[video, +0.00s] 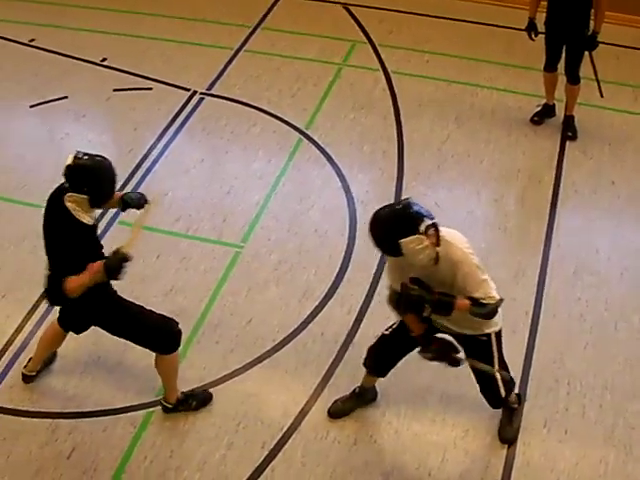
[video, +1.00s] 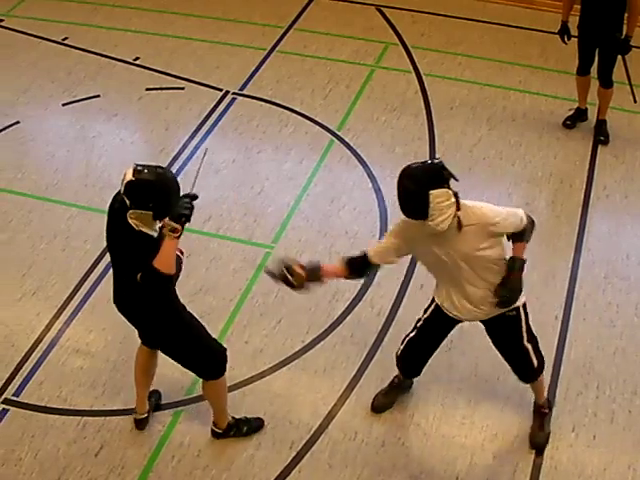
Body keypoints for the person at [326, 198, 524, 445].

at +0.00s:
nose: (405, 261)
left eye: (409, 255)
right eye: (400, 257)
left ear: (430, 236)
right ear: (396, 252)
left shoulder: (457, 253)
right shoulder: (398, 258)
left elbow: (490, 307)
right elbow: (399, 301)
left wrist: (440, 302)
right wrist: (426, 340)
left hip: (475, 324)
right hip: (430, 317)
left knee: (494, 392)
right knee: (379, 354)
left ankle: (512, 404)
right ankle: (365, 391)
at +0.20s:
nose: (441, 230)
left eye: (444, 225)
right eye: (440, 226)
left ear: (461, 220)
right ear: (451, 221)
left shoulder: (500, 250)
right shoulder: (445, 236)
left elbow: (522, 313)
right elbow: (437, 272)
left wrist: (471, 297)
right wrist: (426, 307)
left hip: (497, 331)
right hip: (455, 315)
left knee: (508, 400)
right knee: (413, 353)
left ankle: (525, 407)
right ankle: (380, 390)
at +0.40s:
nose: (460, 213)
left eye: (464, 208)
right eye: (460, 208)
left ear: (481, 203)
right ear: (478, 200)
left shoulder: (515, 243)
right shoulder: (467, 218)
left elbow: (530, 308)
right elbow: (458, 258)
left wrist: (479, 289)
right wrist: (435, 298)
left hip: (505, 330)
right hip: (466, 310)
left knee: (513, 387)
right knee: (426, 348)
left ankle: (530, 408)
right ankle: (403, 387)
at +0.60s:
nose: (443, 216)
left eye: (446, 209)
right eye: (441, 211)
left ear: (462, 200)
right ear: (448, 204)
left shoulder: (500, 229)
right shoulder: (447, 224)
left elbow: (528, 296)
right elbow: (447, 264)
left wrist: (473, 291)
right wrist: (432, 297)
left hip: (502, 320)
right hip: (461, 307)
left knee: (517, 384)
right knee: (420, 350)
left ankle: (530, 407)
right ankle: (402, 387)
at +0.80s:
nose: (438, 222)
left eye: (439, 215)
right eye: (434, 217)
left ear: (458, 205)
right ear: (436, 212)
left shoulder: (494, 230)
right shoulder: (440, 225)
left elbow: (535, 282)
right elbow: (440, 269)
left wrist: (482, 294)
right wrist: (423, 304)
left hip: (504, 316)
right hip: (461, 308)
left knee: (520, 377)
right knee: (417, 347)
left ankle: (535, 407)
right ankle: (404, 386)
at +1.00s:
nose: (438, 219)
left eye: (441, 210)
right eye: (428, 214)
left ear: (449, 202)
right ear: (415, 213)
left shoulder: (479, 217)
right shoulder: (408, 232)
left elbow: (524, 224)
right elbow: (362, 264)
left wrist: (515, 270)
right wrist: (314, 273)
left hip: (497, 301)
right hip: (450, 299)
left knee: (524, 363)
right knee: (409, 356)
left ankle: (543, 403)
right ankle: (402, 383)